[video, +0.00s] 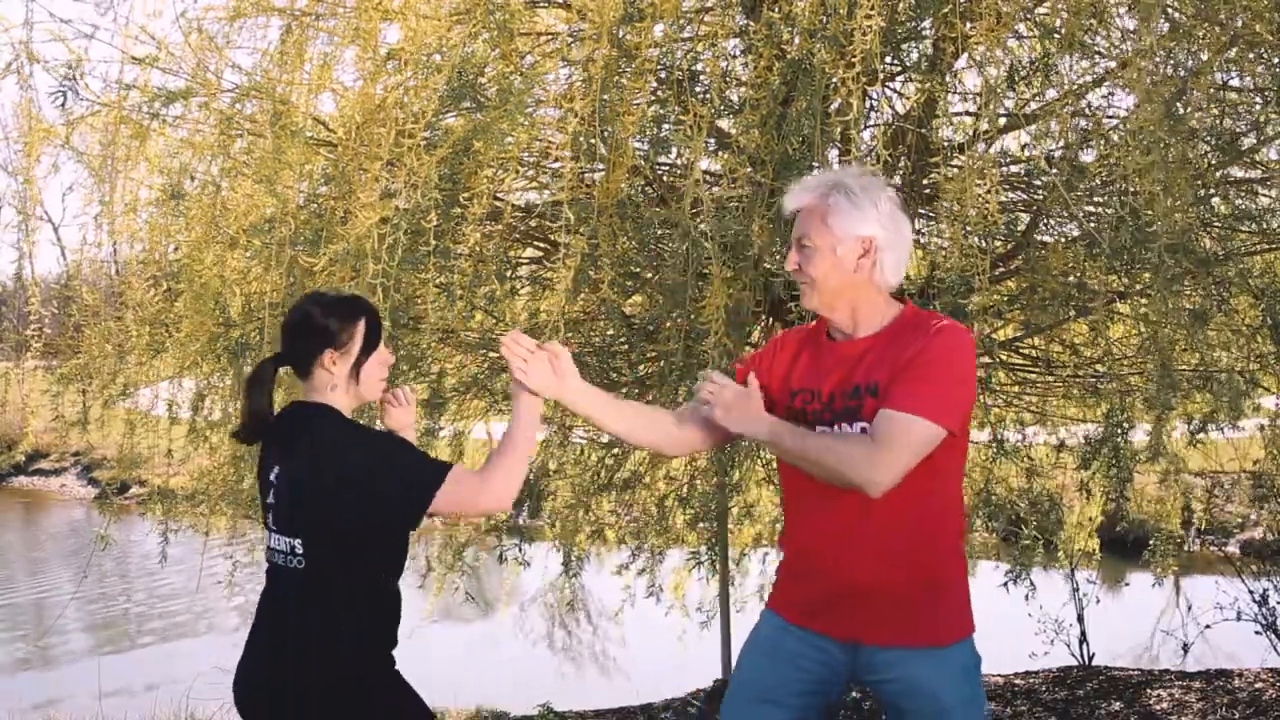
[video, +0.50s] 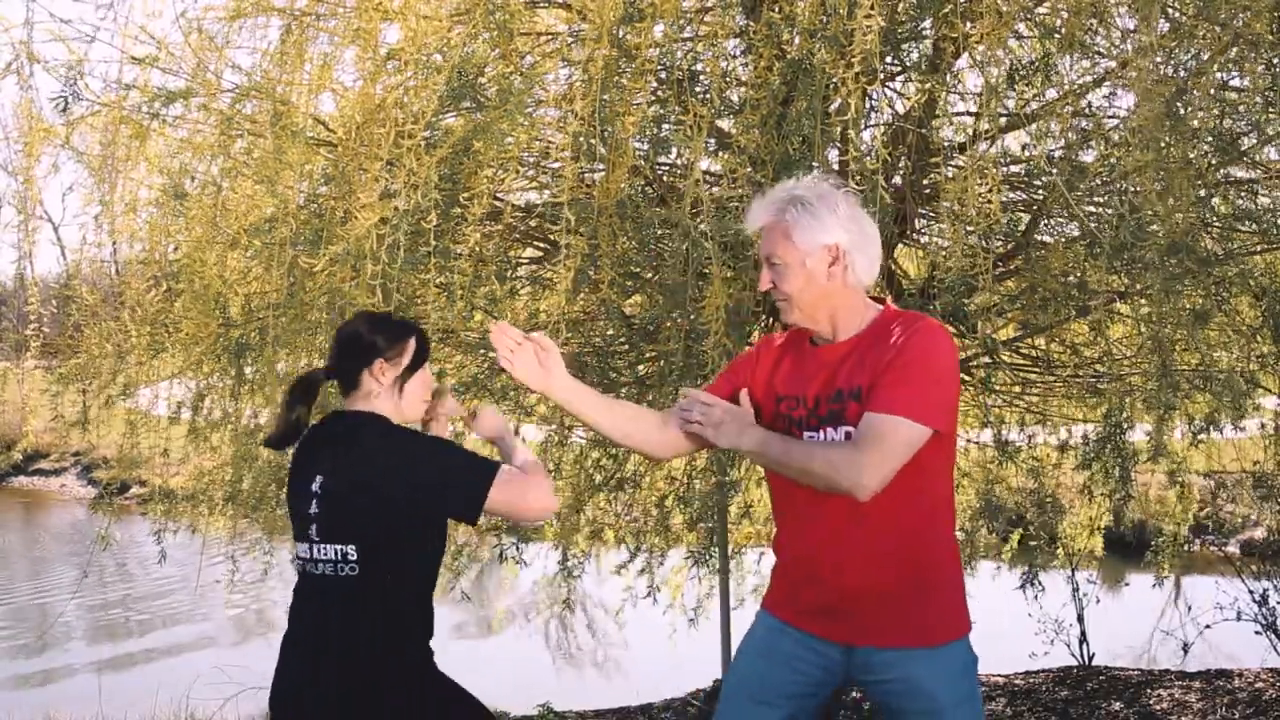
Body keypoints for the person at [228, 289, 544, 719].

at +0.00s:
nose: (390, 357)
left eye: (384, 344)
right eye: (378, 345)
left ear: (324, 365)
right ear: (333, 362)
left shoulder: (283, 432)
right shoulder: (359, 452)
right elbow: (493, 493)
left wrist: (400, 437)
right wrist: (529, 398)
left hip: (267, 682)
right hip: (348, 689)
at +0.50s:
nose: (431, 382)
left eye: (428, 368)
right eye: (424, 368)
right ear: (382, 372)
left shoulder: (312, 446)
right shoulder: (407, 454)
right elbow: (539, 499)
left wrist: (436, 432)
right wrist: (504, 436)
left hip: (300, 687)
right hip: (390, 688)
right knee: (482, 712)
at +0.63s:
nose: (464, 415)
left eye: (461, 399)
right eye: (456, 399)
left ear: (394, 401)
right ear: (413, 402)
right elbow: (579, 516)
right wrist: (686, 536)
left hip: (322, 694)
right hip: (414, 694)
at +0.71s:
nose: (472, 434)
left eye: (471, 420)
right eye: (466, 419)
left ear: (403, 417)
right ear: (425, 417)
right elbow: (581, 550)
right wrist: (682, 579)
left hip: (324, 698)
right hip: (418, 700)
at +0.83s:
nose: (488, 437)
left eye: (486, 424)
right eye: (481, 424)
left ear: (424, 430)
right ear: (438, 431)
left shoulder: (356, 491)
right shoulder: (463, 499)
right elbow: (585, 572)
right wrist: (682, 618)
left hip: (326, 699)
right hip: (415, 702)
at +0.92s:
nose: (496, 427)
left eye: (493, 415)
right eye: (487, 416)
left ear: (434, 426)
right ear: (446, 424)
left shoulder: (383, 483)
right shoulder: (473, 495)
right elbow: (606, 549)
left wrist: (533, 486)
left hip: (336, 701)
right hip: (423, 705)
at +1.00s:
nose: (522, 401)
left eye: (514, 390)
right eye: (508, 392)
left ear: (462, 416)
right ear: (466, 414)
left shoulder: (428, 473)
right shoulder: (496, 487)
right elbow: (618, 523)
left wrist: (649, 493)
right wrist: (649, 495)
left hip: (370, 695)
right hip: (447, 702)